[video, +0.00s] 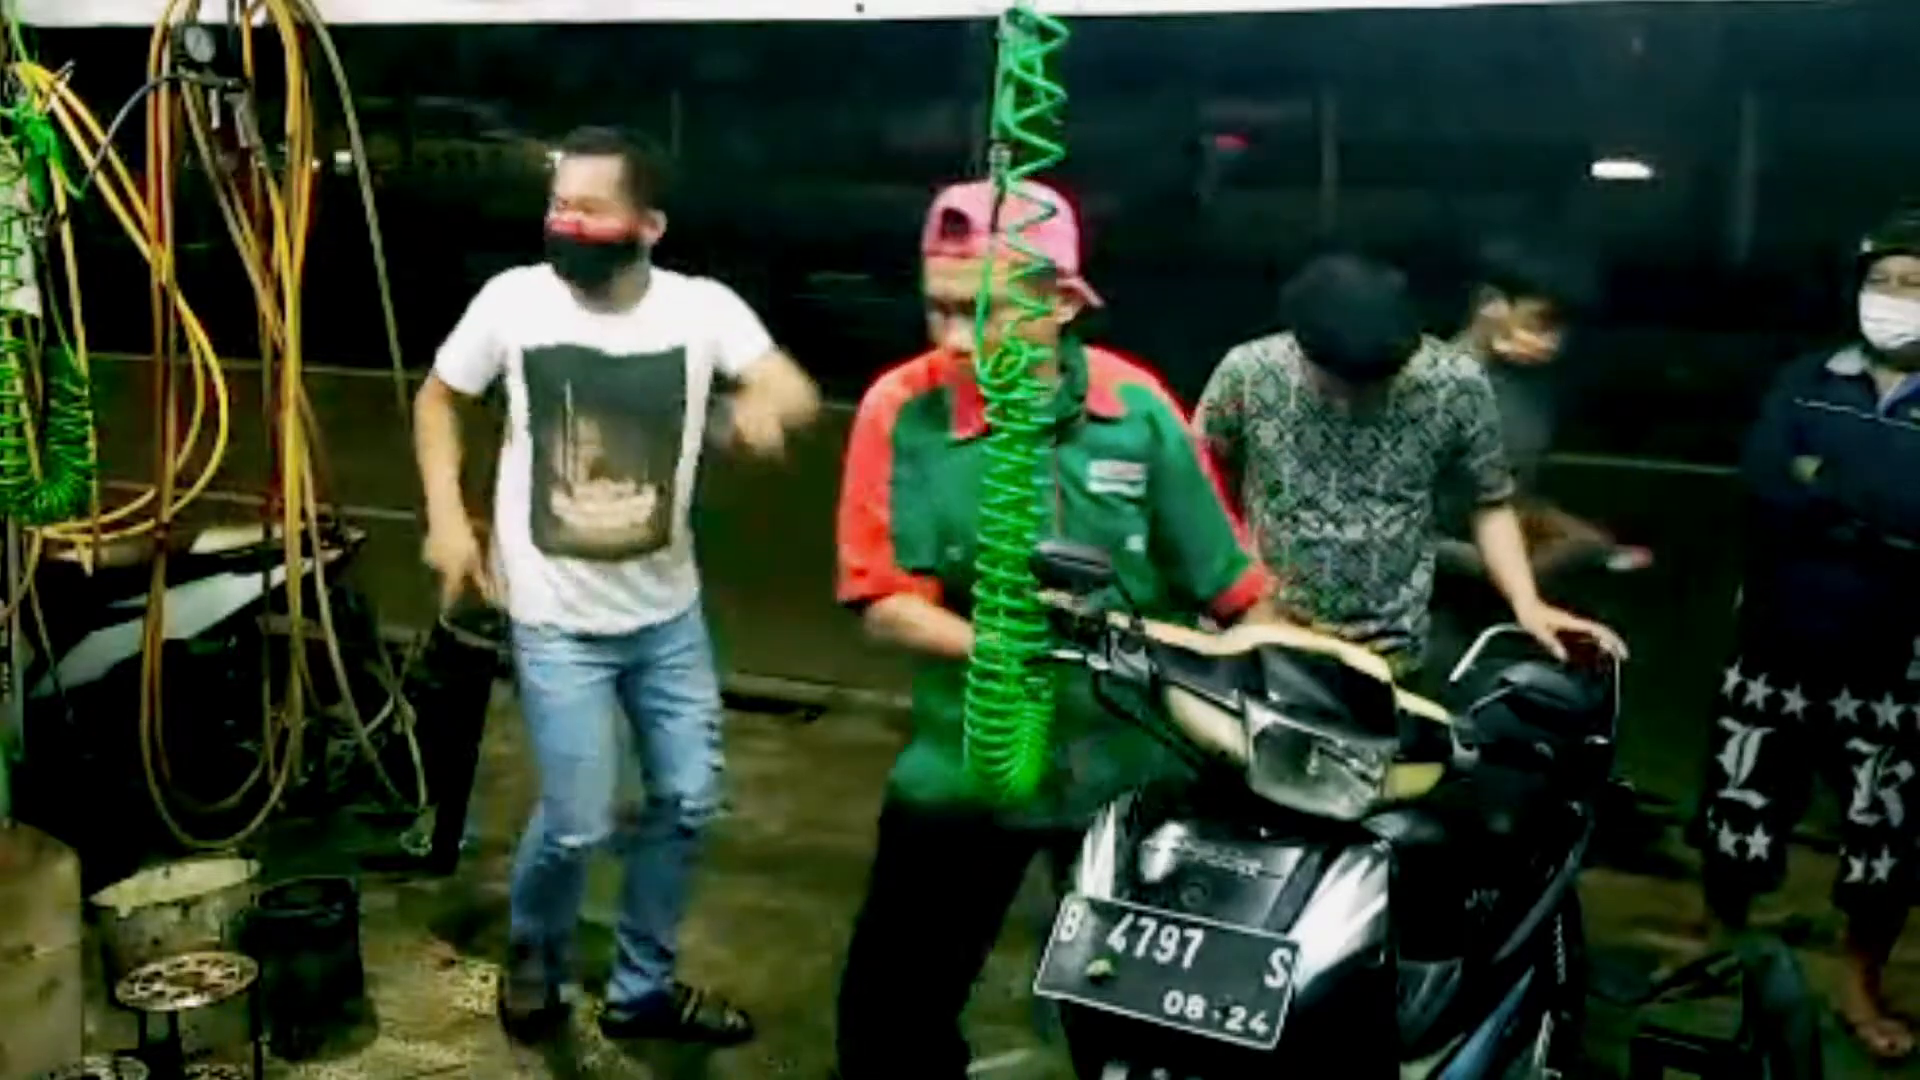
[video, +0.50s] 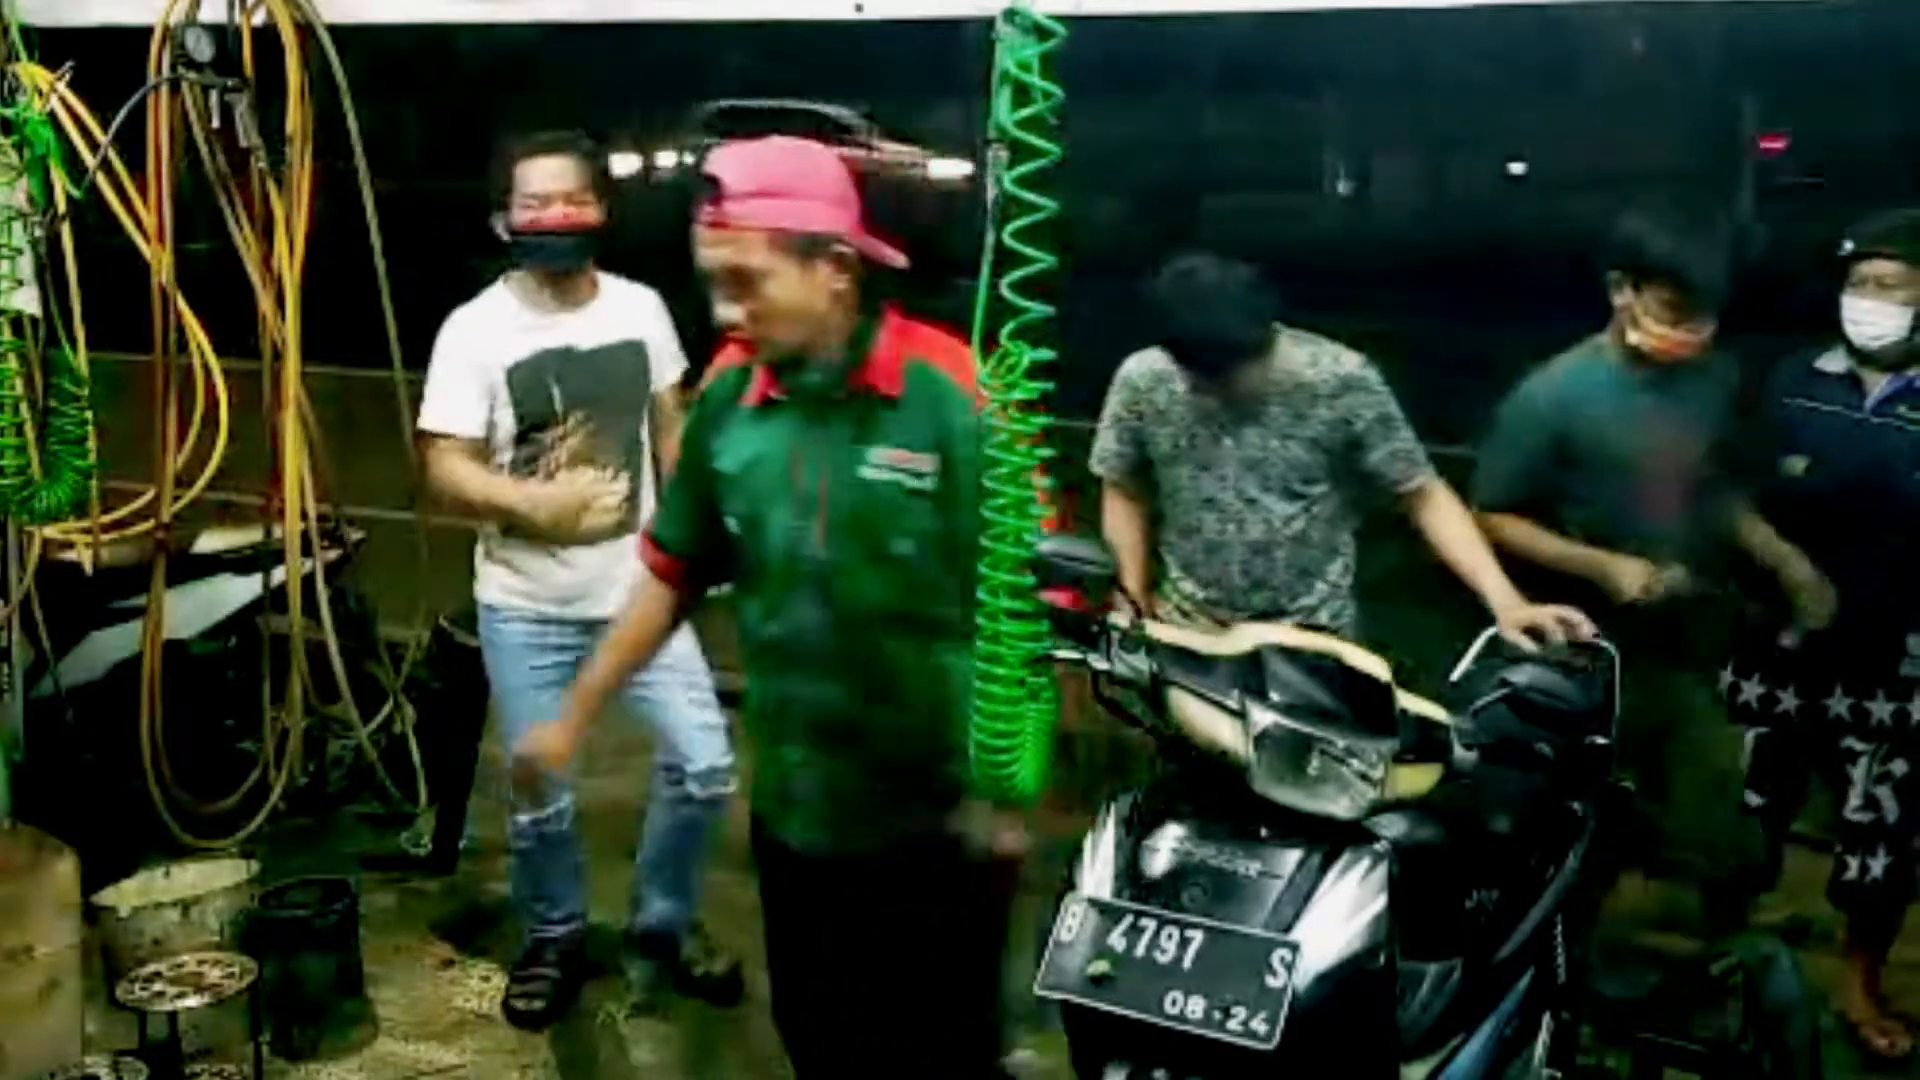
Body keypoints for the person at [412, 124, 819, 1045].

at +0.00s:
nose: (571, 229)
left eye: (593, 214)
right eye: (562, 209)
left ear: (649, 224)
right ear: (548, 209)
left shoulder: (703, 310)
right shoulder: (514, 304)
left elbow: (793, 386)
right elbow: (435, 401)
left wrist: (764, 410)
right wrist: (447, 522)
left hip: (665, 611)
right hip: (554, 617)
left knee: (688, 803)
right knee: (580, 821)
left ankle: (641, 990)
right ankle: (535, 952)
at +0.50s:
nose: (552, 219)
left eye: (569, 202)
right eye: (534, 203)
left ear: (599, 210)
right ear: (507, 215)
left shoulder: (640, 309)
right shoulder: (472, 330)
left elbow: (670, 430)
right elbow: (444, 467)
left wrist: (681, 525)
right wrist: (532, 503)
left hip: (634, 594)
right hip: (525, 605)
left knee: (703, 762)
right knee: (539, 777)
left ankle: (660, 933)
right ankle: (552, 933)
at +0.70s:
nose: (614, 190)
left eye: (615, 174)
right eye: (592, 178)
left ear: (622, 186)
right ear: (541, 200)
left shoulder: (644, 287)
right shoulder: (498, 300)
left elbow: (695, 386)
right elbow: (466, 416)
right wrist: (597, 387)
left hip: (645, 564)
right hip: (544, 578)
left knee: (669, 749)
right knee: (563, 774)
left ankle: (648, 907)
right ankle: (553, 932)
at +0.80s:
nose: (616, 219)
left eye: (623, 203)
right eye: (600, 202)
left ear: (631, 205)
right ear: (557, 204)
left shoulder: (644, 288)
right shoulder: (512, 289)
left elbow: (690, 391)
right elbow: (476, 399)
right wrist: (595, 376)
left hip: (651, 570)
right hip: (550, 576)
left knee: (655, 743)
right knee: (563, 755)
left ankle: (647, 900)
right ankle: (553, 926)